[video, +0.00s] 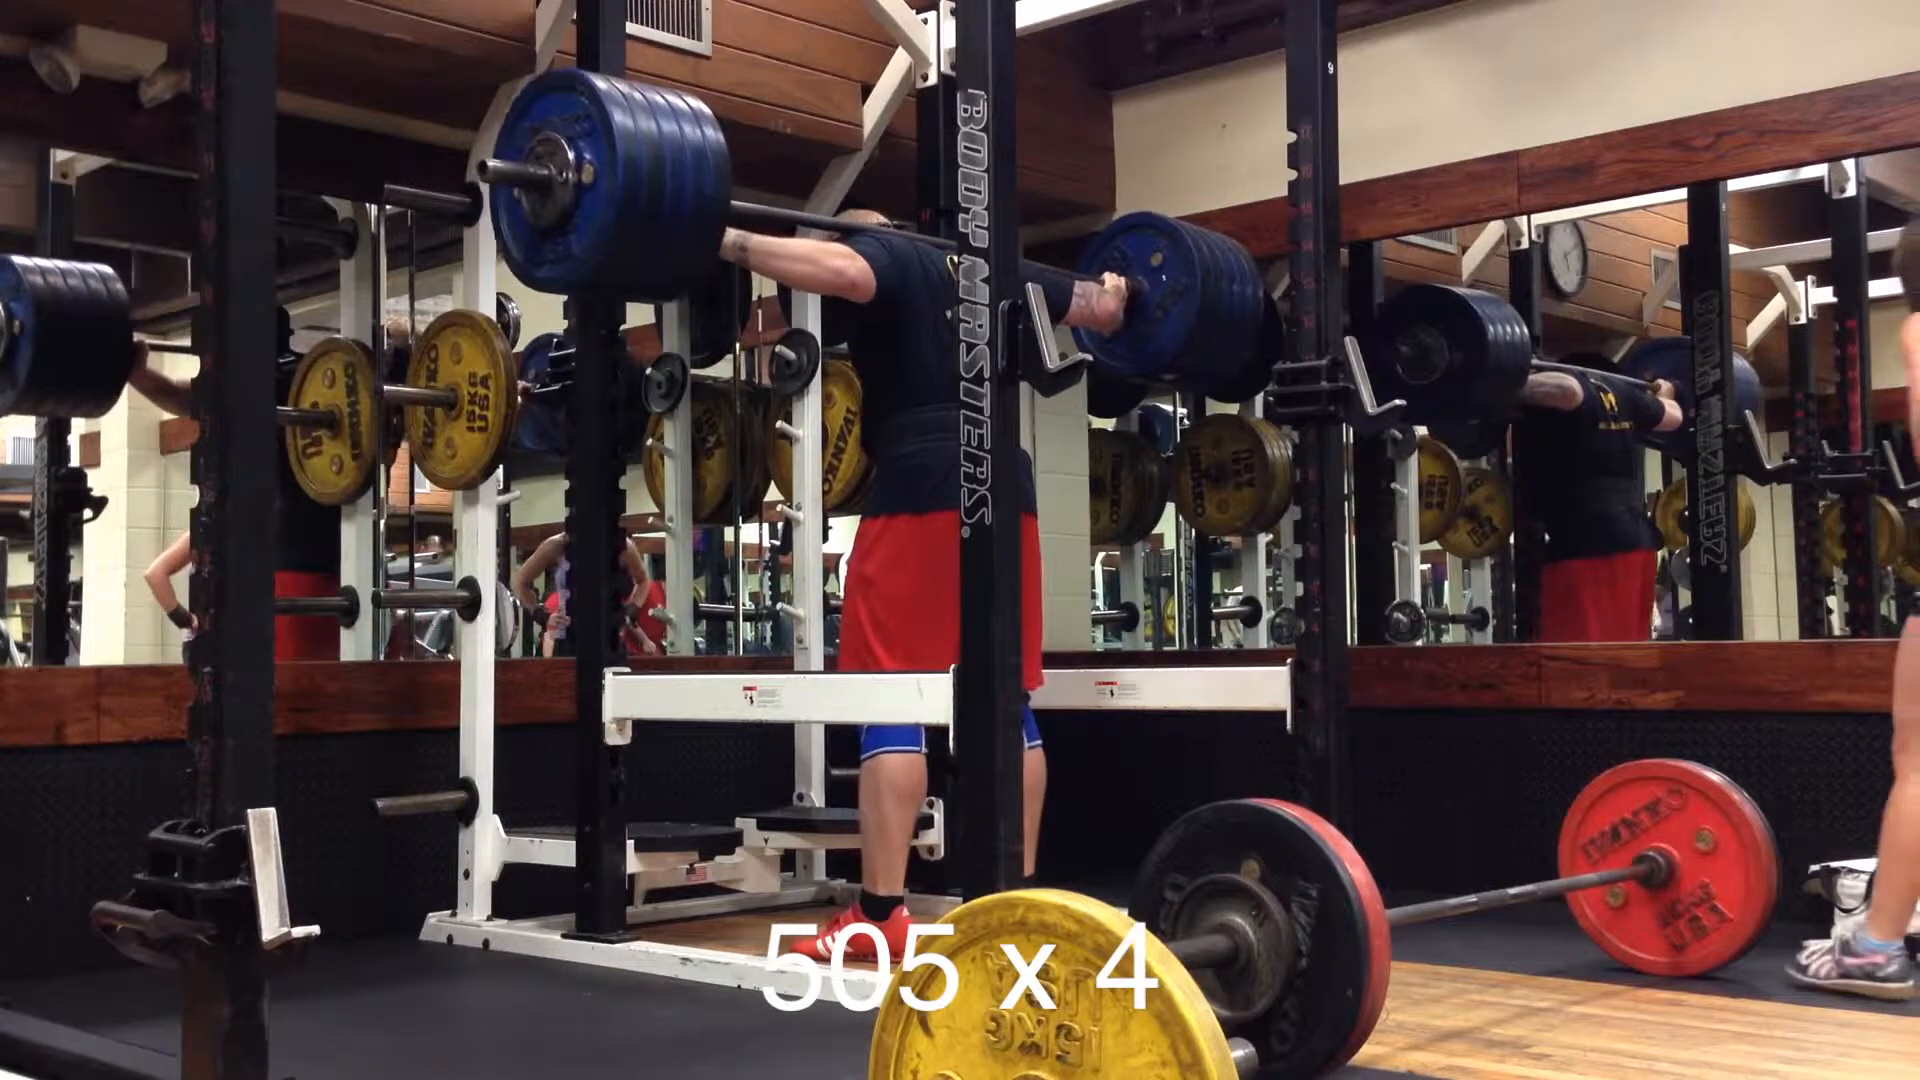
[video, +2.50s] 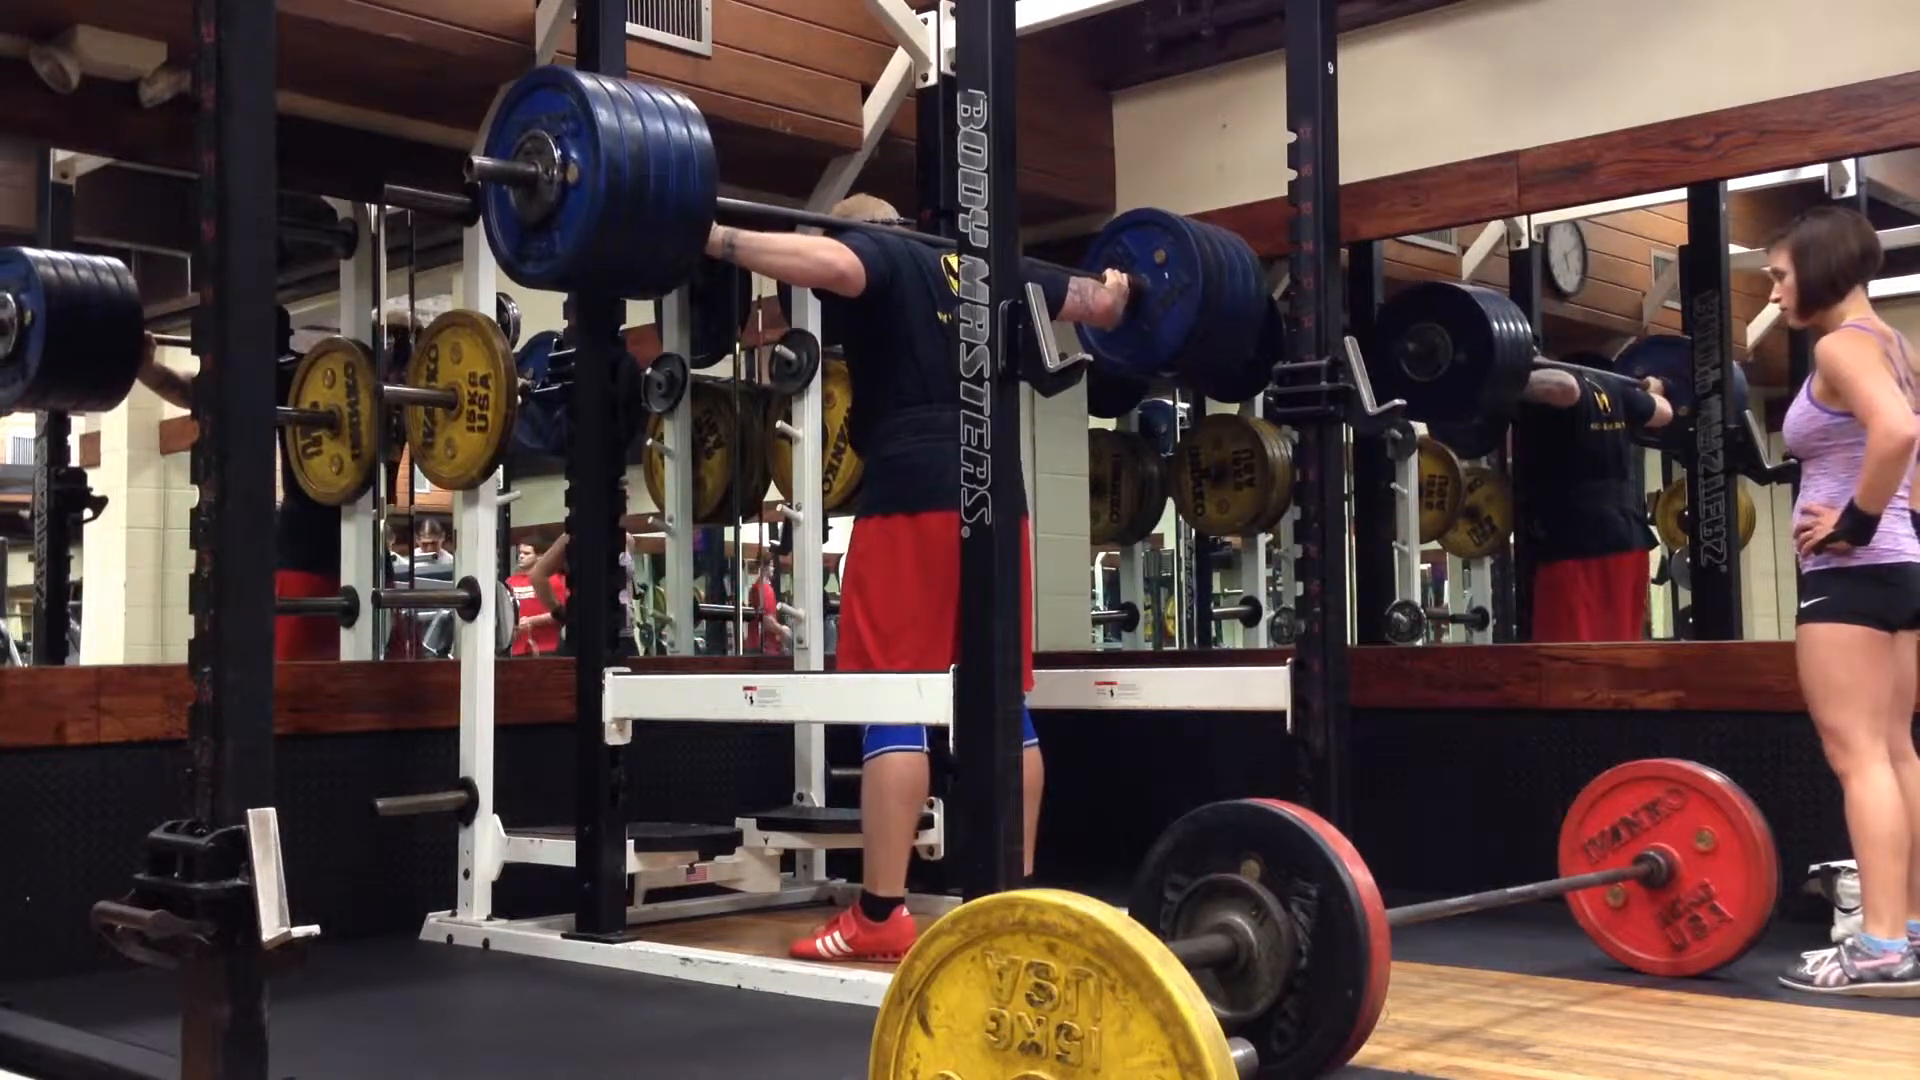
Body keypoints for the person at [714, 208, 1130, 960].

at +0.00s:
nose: (835, 254)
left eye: (833, 245)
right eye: (833, 247)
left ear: (856, 240)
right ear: (902, 226)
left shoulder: (886, 252)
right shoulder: (989, 268)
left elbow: (846, 270)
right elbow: (1098, 307)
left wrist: (730, 241)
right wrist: (1114, 291)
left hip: (918, 498)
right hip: (1007, 498)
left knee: (893, 709)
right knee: (1011, 711)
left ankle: (882, 909)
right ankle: (1016, 901)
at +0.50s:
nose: (832, 249)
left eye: (833, 235)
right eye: (833, 235)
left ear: (853, 228)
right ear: (908, 216)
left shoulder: (878, 249)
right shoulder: (985, 266)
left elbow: (844, 277)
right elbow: (1095, 301)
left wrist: (728, 244)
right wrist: (1110, 281)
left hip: (917, 500)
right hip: (1004, 502)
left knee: (896, 708)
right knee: (1008, 709)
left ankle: (882, 912)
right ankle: (1014, 901)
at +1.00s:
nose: (834, 259)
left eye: (833, 244)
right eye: (835, 245)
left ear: (854, 232)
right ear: (907, 216)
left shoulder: (884, 249)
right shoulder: (982, 263)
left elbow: (849, 284)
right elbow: (1096, 300)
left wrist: (735, 254)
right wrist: (1117, 271)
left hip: (915, 502)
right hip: (1002, 502)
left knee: (897, 707)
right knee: (1007, 709)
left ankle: (882, 910)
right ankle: (1010, 903)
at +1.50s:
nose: (835, 250)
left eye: (833, 241)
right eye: (831, 243)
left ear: (856, 232)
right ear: (904, 222)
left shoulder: (878, 249)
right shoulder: (988, 264)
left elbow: (848, 276)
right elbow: (1097, 306)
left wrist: (730, 245)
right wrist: (1120, 284)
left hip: (915, 500)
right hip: (1002, 500)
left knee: (899, 707)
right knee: (1007, 710)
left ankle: (881, 911)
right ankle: (1013, 903)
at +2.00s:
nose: (832, 250)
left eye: (831, 241)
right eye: (830, 242)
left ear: (853, 235)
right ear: (902, 223)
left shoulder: (878, 249)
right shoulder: (987, 266)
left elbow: (840, 270)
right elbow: (1097, 308)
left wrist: (724, 239)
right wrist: (1120, 289)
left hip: (916, 500)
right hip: (1002, 501)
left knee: (897, 707)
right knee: (1007, 710)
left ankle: (882, 910)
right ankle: (1013, 904)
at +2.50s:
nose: (833, 245)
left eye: (834, 236)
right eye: (831, 238)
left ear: (857, 229)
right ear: (905, 220)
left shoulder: (880, 250)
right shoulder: (988, 267)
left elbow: (835, 264)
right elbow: (1096, 302)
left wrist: (720, 237)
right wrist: (1119, 283)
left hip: (914, 500)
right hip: (1001, 503)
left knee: (894, 707)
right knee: (1006, 710)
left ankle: (881, 910)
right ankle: (1013, 902)